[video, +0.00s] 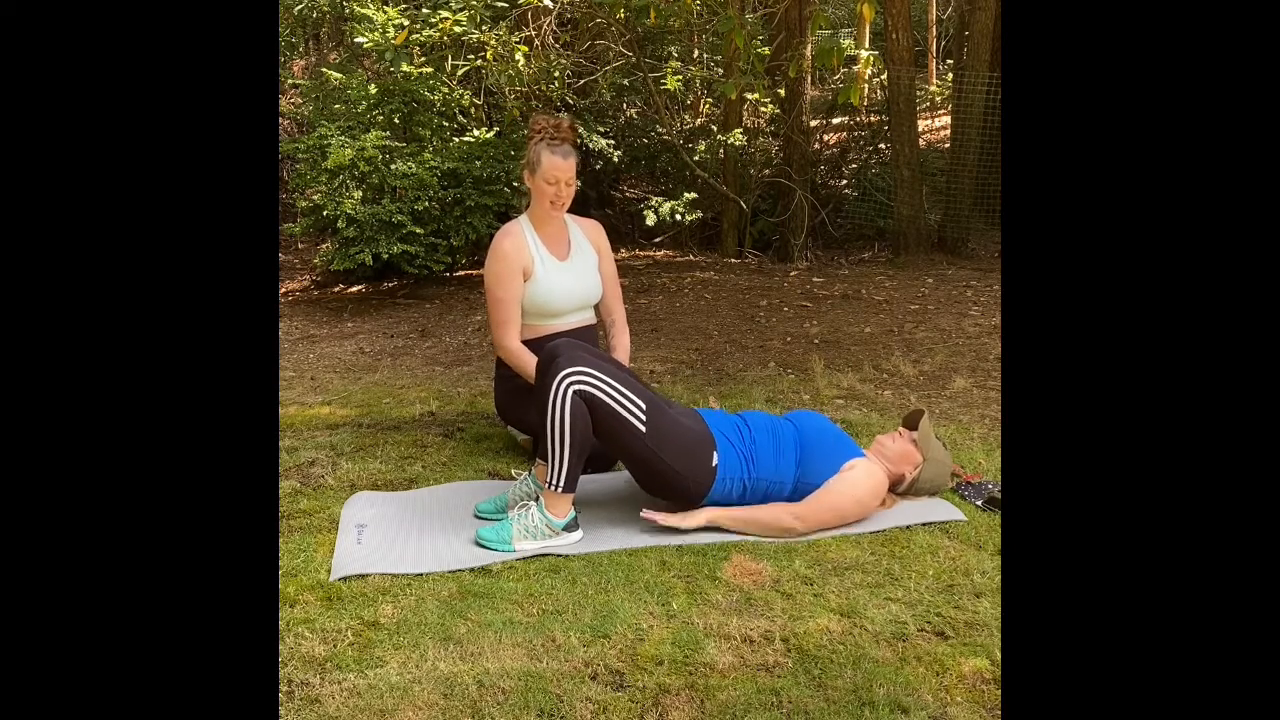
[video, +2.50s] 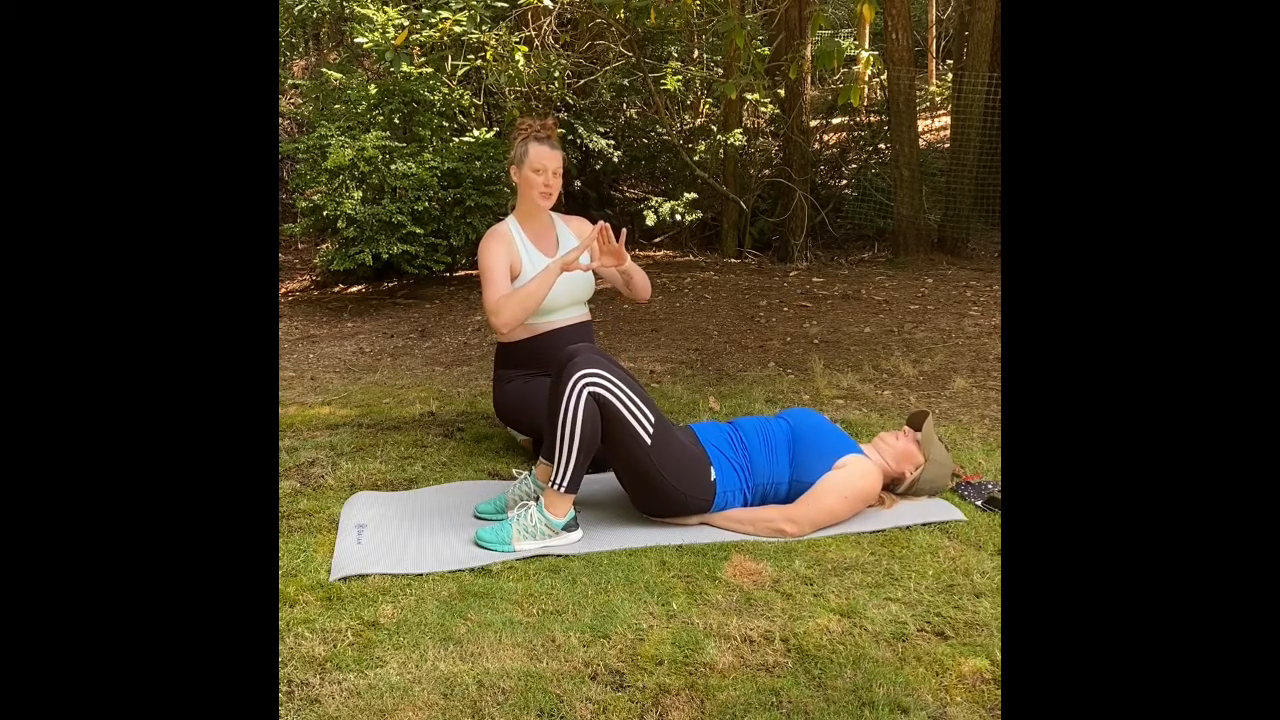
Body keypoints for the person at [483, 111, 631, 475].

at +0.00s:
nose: (562, 193)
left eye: (570, 183)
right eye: (551, 182)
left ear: (577, 180)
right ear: (528, 179)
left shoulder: (591, 233)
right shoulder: (509, 244)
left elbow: (616, 322)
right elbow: (506, 343)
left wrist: (615, 379)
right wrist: (564, 387)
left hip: (586, 368)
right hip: (525, 379)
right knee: (600, 450)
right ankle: (537, 442)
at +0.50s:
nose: (550, 191)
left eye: (558, 180)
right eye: (539, 182)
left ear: (568, 177)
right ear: (522, 181)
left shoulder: (591, 233)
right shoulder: (509, 242)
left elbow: (614, 320)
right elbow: (498, 322)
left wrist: (616, 361)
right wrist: (492, 344)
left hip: (588, 365)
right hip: (525, 373)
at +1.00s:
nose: (554, 187)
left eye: (561, 177)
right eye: (543, 177)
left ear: (568, 178)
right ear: (520, 178)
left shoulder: (585, 232)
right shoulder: (505, 243)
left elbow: (611, 318)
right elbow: (497, 342)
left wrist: (615, 366)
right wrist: (524, 337)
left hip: (585, 364)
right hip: (525, 375)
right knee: (604, 448)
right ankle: (536, 440)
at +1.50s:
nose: (547, 183)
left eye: (554, 173)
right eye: (536, 173)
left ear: (561, 177)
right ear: (513, 175)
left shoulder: (576, 228)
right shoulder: (498, 241)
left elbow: (639, 292)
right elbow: (507, 325)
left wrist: (625, 265)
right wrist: (557, 264)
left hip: (584, 363)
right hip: (524, 376)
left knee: (650, 435)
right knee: (605, 445)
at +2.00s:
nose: (548, 182)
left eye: (554, 173)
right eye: (537, 171)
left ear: (561, 178)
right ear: (513, 174)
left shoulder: (577, 229)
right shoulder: (497, 241)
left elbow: (638, 296)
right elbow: (502, 321)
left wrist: (623, 267)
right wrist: (554, 264)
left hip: (584, 363)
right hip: (523, 376)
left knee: (639, 438)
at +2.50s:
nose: (549, 183)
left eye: (556, 173)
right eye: (538, 172)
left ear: (563, 177)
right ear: (515, 174)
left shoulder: (579, 229)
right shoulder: (498, 242)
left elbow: (641, 295)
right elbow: (502, 322)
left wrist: (625, 268)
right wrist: (556, 267)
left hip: (584, 364)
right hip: (523, 377)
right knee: (600, 445)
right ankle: (541, 450)